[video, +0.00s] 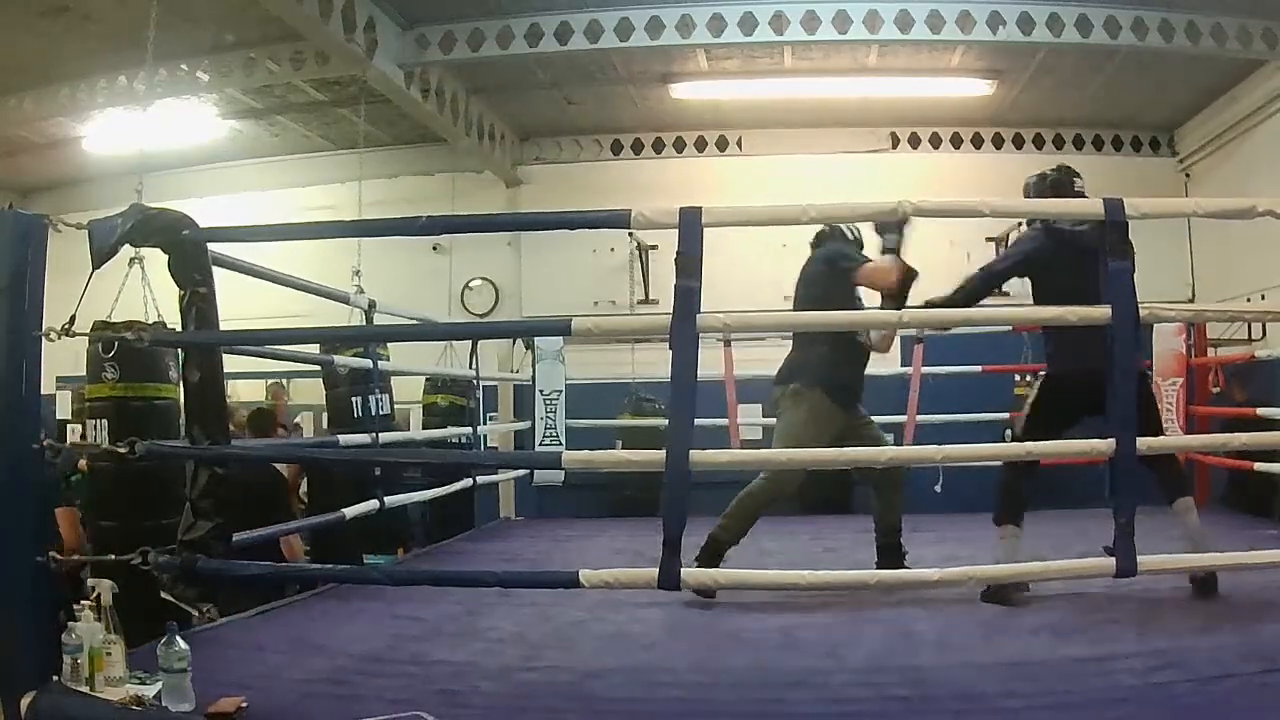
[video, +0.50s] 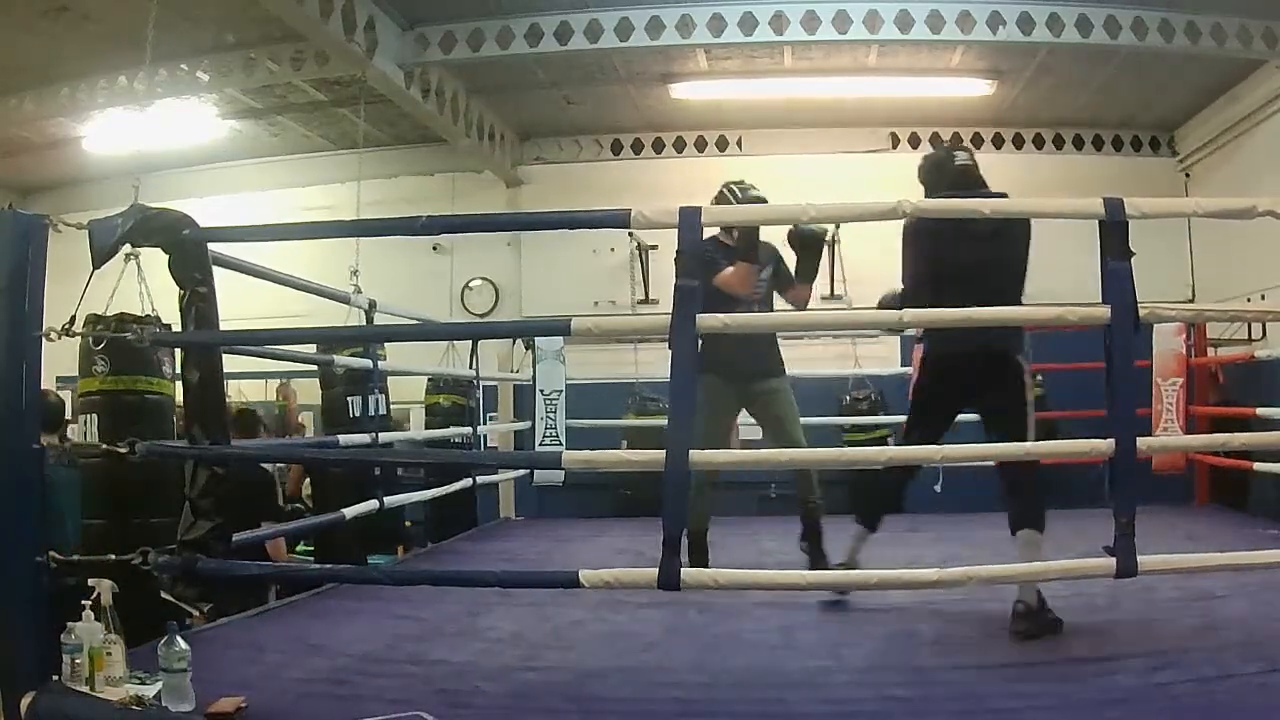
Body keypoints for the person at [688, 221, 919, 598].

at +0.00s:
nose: (861, 255)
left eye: (856, 250)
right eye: (855, 247)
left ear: (826, 244)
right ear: (844, 243)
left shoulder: (843, 297)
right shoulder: (829, 257)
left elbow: (881, 341)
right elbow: (892, 277)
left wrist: (894, 293)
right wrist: (891, 244)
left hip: (841, 406)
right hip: (809, 396)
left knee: (888, 467)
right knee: (780, 478)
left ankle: (891, 562)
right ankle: (706, 562)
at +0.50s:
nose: (753, 223)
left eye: (758, 217)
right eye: (745, 217)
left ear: (761, 217)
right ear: (725, 216)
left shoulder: (767, 253)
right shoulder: (702, 253)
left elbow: (799, 298)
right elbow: (741, 286)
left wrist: (810, 257)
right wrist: (748, 234)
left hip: (765, 372)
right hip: (716, 375)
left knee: (798, 450)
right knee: (706, 461)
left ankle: (814, 541)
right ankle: (697, 547)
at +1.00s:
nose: (670, 267)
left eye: (676, 260)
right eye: (665, 261)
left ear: (688, 257)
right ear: (659, 262)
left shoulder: (711, 291)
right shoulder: (650, 294)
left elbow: (741, 331)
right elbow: (641, 327)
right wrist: (654, 280)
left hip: (703, 394)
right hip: (663, 395)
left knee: (717, 464)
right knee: (651, 464)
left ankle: (751, 543)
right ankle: (665, 532)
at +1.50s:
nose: (679, 261)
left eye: (681, 255)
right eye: (673, 255)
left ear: (682, 258)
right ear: (659, 256)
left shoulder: (685, 288)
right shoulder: (629, 284)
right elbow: (639, 318)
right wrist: (647, 270)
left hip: (674, 396)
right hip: (638, 395)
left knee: (677, 465)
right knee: (622, 464)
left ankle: (690, 538)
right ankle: (653, 518)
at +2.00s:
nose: (653, 269)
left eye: (658, 262)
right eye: (645, 262)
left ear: (665, 262)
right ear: (631, 264)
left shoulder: (679, 295)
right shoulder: (622, 296)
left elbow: (732, 330)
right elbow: (616, 345)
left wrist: (715, 284)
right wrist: (613, 300)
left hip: (676, 412)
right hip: (635, 411)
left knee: (696, 476)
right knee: (605, 466)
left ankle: (722, 548)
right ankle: (602, 533)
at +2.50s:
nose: (658, 261)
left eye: (663, 253)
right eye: (651, 255)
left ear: (674, 254)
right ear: (639, 258)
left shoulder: (691, 286)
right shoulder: (633, 293)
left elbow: (736, 299)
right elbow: (620, 325)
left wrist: (687, 275)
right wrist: (617, 282)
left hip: (695, 402)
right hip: (649, 402)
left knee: (724, 471)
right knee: (609, 462)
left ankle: (763, 545)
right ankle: (618, 527)